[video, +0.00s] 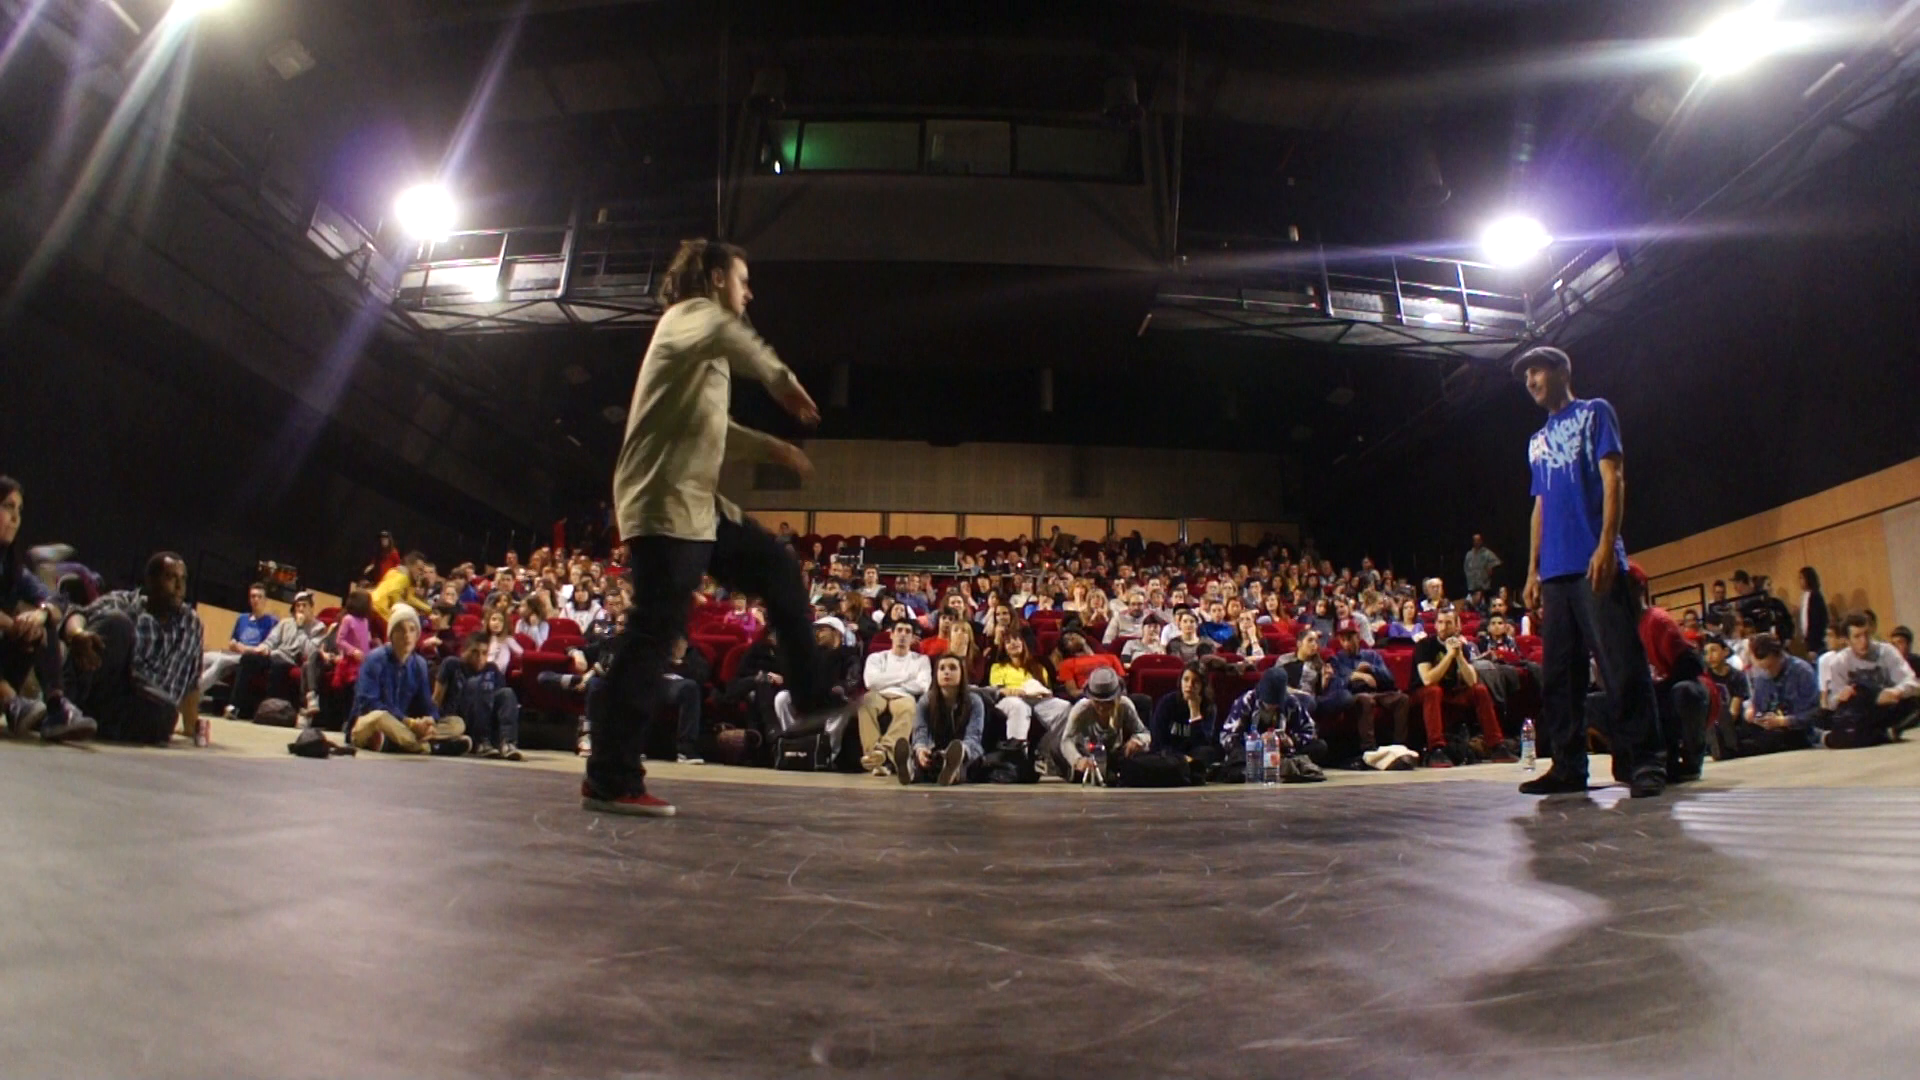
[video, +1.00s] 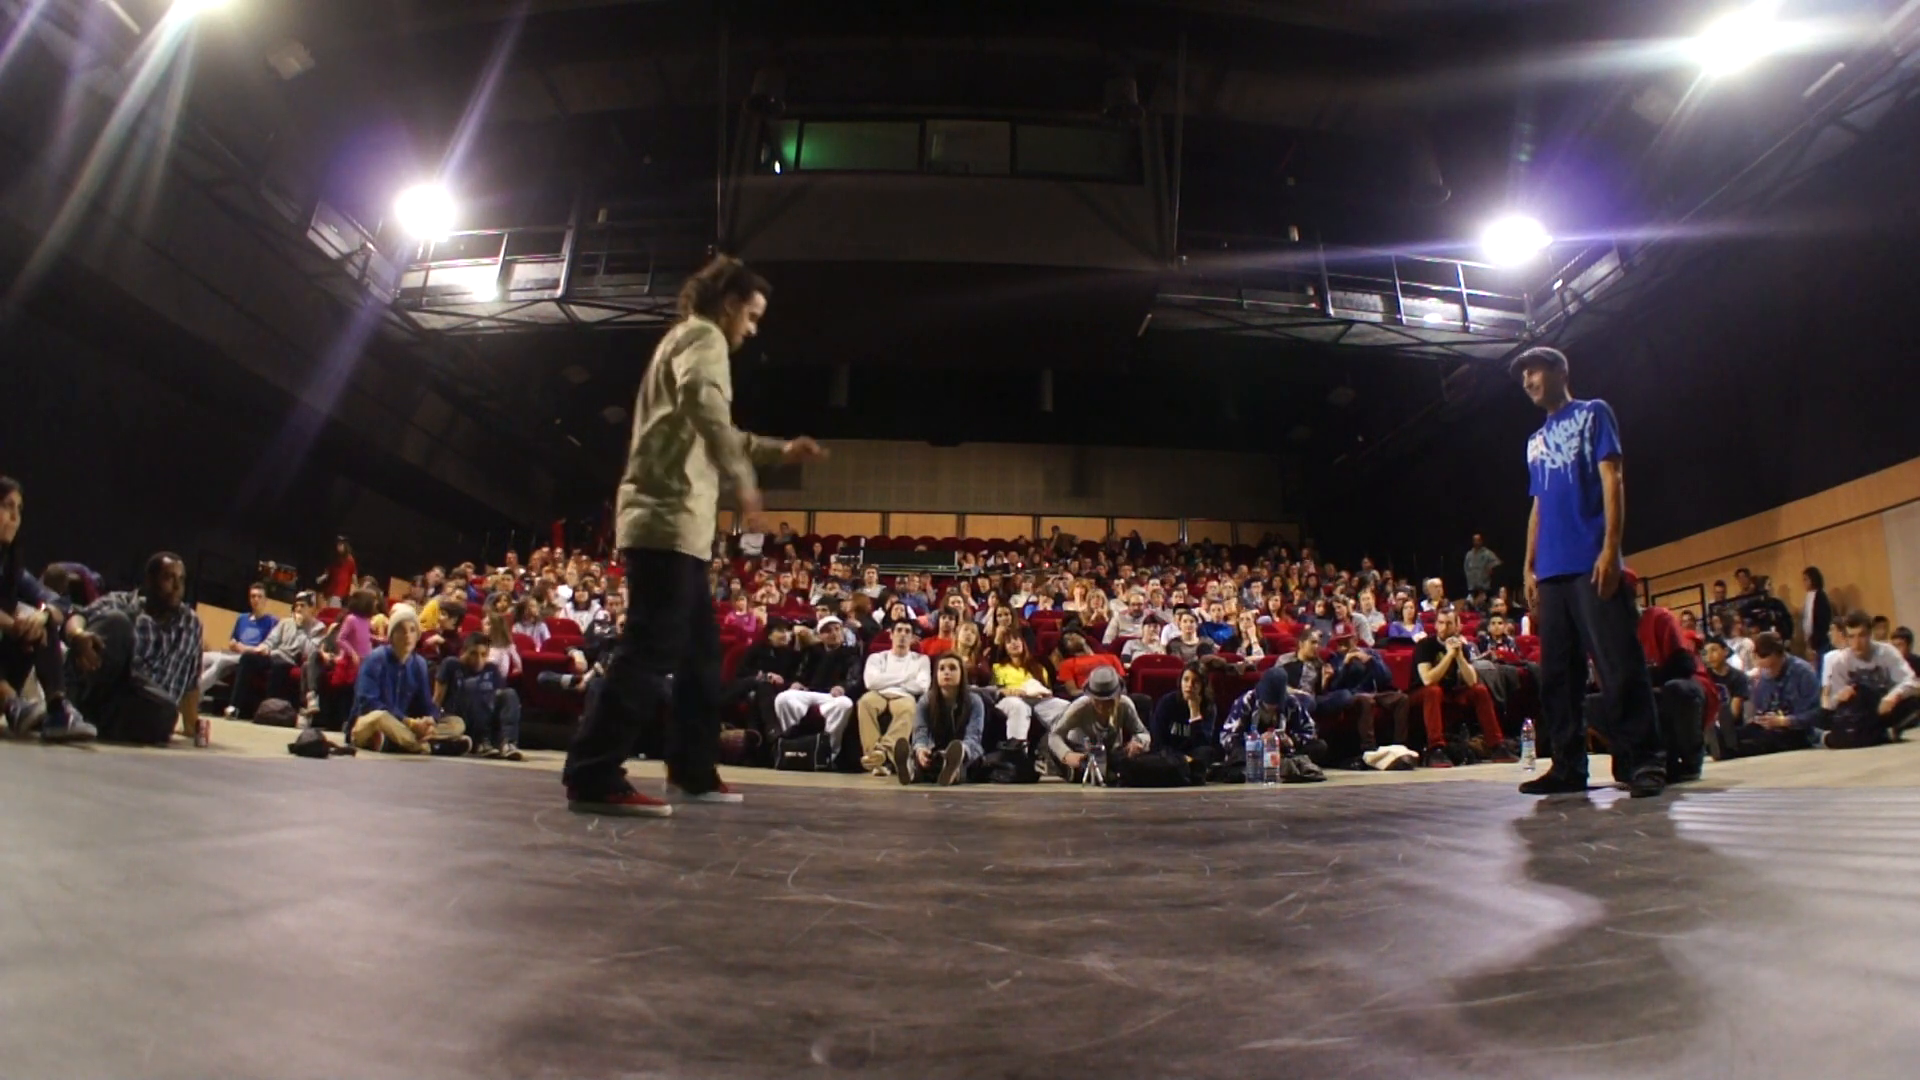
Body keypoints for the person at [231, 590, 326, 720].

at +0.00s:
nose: (301, 609)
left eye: (304, 606)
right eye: (298, 605)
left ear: (312, 608)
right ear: (294, 608)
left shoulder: (319, 628)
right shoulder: (285, 623)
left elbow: (309, 652)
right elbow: (271, 640)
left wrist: (300, 628)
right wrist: (264, 648)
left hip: (292, 661)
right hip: (273, 656)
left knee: (277, 666)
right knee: (248, 658)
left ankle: (271, 710)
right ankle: (234, 705)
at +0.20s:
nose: (301, 609)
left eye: (305, 606)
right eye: (298, 606)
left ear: (312, 609)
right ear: (294, 609)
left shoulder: (319, 628)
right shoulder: (285, 623)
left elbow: (309, 653)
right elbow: (271, 640)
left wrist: (301, 628)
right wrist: (264, 648)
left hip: (291, 661)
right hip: (273, 656)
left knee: (277, 667)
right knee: (248, 658)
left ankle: (269, 710)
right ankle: (234, 706)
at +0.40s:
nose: (301, 609)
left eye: (305, 606)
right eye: (298, 606)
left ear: (312, 609)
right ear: (294, 609)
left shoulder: (319, 628)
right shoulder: (285, 623)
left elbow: (309, 653)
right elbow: (271, 640)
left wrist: (301, 628)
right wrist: (264, 647)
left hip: (292, 661)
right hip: (273, 656)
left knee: (277, 667)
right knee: (248, 657)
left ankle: (270, 710)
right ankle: (234, 705)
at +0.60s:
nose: (300, 609)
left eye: (304, 606)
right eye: (298, 606)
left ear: (312, 608)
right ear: (294, 609)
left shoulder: (319, 628)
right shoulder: (285, 623)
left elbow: (309, 652)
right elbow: (271, 640)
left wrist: (301, 628)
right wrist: (264, 647)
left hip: (292, 661)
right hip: (273, 656)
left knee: (277, 666)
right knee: (248, 657)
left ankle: (269, 710)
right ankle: (234, 705)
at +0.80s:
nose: (299, 609)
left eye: (303, 606)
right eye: (297, 606)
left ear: (312, 608)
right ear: (294, 608)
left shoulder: (319, 628)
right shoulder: (285, 623)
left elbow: (309, 652)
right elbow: (271, 640)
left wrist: (300, 628)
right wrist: (265, 647)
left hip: (292, 661)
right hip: (274, 656)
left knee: (277, 666)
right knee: (248, 658)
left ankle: (270, 710)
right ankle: (234, 706)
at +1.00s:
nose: (298, 609)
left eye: (303, 606)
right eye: (297, 605)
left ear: (313, 609)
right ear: (294, 607)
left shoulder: (319, 628)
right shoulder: (286, 623)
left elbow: (310, 652)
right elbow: (271, 640)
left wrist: (300, 628)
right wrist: (264, 648)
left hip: (292, 660)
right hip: (273, 656)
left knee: (277, 666)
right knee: (248, 657)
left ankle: (270, 710)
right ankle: (234, 706)